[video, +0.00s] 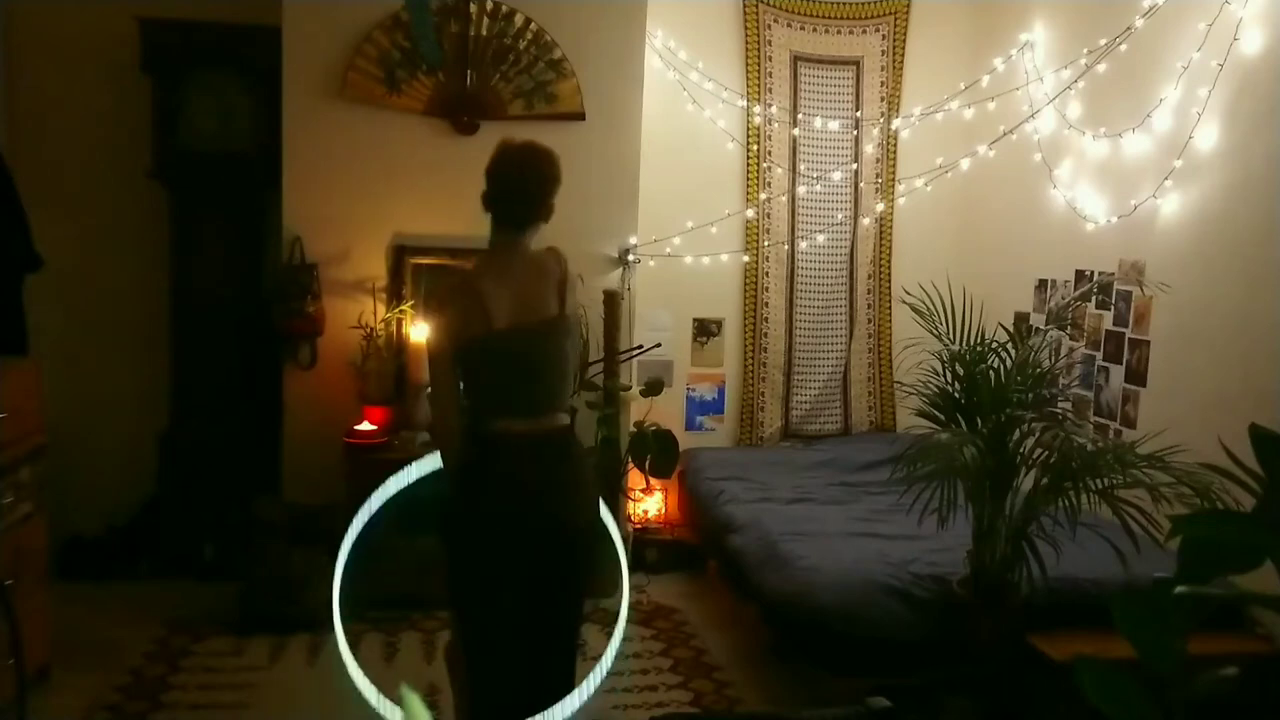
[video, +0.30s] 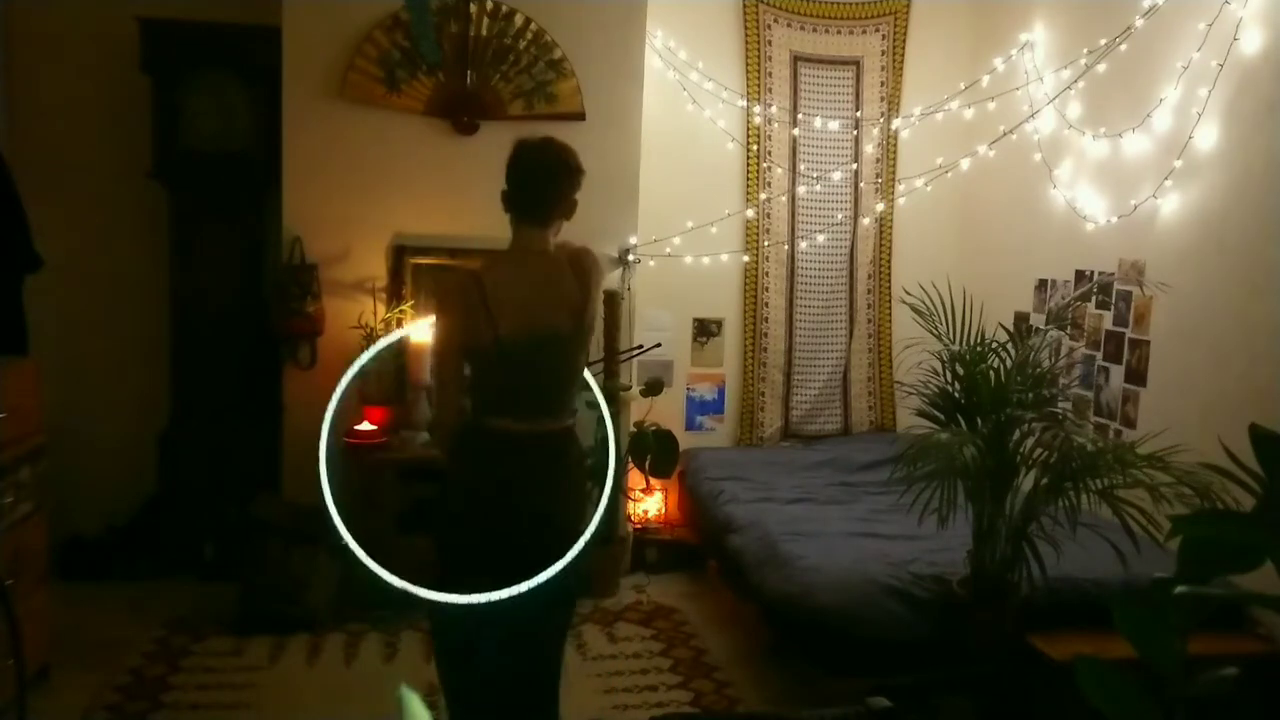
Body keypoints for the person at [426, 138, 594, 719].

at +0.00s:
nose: (546, 204)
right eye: (547, 194)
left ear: (486, 197)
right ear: (549, 203)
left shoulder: (455, 292)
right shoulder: (559, 272)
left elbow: (444, 409)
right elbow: (572, 378)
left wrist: (461, 477)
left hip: (488, 473)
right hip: (557, 471)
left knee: (487, 629)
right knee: (551, 629)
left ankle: (489, 708)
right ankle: (545, 707)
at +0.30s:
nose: (574, 206)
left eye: (570, 193)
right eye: (574, 195)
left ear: (507, 196)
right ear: (566, 204)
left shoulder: (464, 285)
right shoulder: (582, 270)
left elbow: (446, 401)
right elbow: (574, 365)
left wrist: (454, 454)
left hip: (482, 462)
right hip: (553, 462)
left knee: (468, 626)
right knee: (540, 627)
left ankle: (476, 710)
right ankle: (532, 709)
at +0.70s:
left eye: (477, 208)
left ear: (473, 222)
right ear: (541, 225)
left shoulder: (424, 313)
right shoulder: (546, 317)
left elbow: (397, 410)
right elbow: (560, 206)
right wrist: (472, 157)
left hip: (429, 523)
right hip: (518, 527)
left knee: (364, 682)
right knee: (528, 697)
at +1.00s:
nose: (407, 220)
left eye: (411, 208)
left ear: (412, 219)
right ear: (474, 233)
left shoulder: (347, 304)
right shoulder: (481, 311)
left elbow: (307, 424)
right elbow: (531, 245)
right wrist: (498, 148)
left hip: (367, 520)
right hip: (453, 523)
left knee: (328, 685)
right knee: (491, 685)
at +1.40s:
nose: (404, 246)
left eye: (403, 229)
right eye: (396, 229)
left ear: (329, 225)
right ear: (359, 229)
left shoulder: (288, 306)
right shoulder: (345, 321)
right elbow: (481, 317)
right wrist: (528, 224)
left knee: (298, 699)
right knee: (443, 693)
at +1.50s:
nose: (393, 247)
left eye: (393, 231)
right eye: (384, 230)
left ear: (334, 231)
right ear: (340, 230)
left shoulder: (280, 308)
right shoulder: (343, 324)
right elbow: (464, 354)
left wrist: (452, 326)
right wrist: (533, 271)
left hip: (287, 525)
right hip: (341, 534)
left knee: (295, 700)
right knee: (441, 697)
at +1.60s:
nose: (384, 250)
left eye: (385, 234)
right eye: (374, 231)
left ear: (319, 233)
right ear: (327, 230)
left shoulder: (269, 320)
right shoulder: (347, 331)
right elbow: (432, 371)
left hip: (278, 546)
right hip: (343, 550)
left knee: (299, 703)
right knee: (442, 699)